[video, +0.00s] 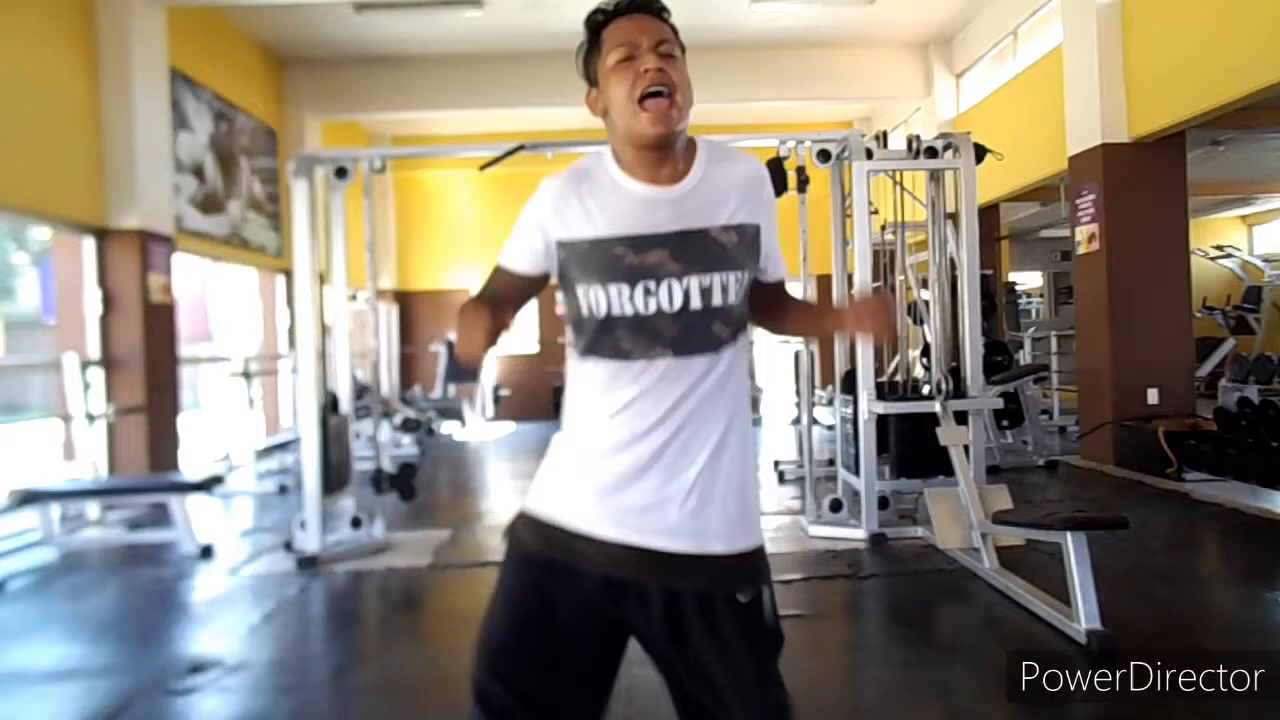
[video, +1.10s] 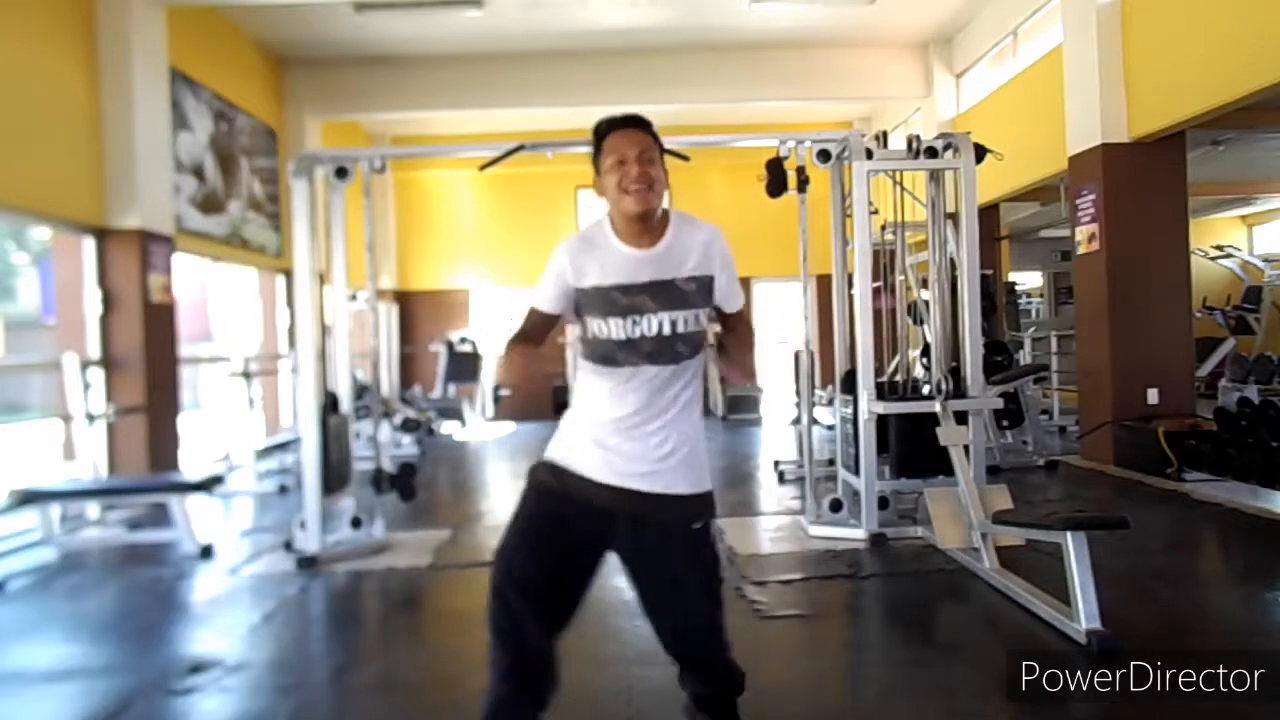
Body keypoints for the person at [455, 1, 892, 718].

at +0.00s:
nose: (654, 64)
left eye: (666, 51)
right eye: (626, 58)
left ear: (690, 81)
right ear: (596, 100)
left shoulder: (742, 179)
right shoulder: (563, 198)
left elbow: (763, 300)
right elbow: (492, 303)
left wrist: (840, 318)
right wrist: (475, 338)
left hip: (710, 540)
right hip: (573, 528)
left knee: (751, 712)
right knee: (511, 704)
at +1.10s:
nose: (637, 172)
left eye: (647, 159)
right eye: (620, 164)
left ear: (666, 169)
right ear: (599, 184)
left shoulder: (705, 243)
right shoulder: (578, 253)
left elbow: (734, 321)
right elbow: (533, 334)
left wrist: (739, 364)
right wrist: (517, 362)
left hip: (672, 481)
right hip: (578, 469)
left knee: (700, 647)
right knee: (516, 601)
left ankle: (717, 706)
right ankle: (516, 707)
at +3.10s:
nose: (637, 172)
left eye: (649, 163)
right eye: (624, 163)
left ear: (664, 178)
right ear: (606, 179)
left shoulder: (688, 246)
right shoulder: (575, 249)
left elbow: (711, 331)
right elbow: (541, 326)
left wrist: (742, 295)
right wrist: (528, 313)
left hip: (676, 452)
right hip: (589, 445)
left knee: (696, 604)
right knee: (518, 581)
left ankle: (731, 676)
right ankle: (522, 682)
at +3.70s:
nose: (635, 175)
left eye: (647, 165)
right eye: (623, 169)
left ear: (668, 179)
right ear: (608, 187)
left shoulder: (692, 256)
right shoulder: (579, 249)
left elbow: (725, 338)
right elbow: (527, 329)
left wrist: (767, 396)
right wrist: (509, 408)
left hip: (681, 453)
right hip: (591, 458)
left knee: (735, 582)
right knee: (573, 599)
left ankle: (747, 698)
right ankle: (540, 702)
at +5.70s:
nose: (665, 148)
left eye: (678, 134)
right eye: (648, 137)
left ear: (699, 148)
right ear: (626, 158)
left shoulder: (736, 229)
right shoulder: (596, 242)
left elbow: (755, 324)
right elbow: (547, 331)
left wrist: (772, 318)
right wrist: (489, 336)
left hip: (724, 496)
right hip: (610, 498)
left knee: (767, 690)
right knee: (568, 690)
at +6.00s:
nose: (666, 156)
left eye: (676, 141)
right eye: (646, 147)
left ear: (696, 152)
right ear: (623, 169)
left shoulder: (735, 239)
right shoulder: (594, 243)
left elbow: (776, 327)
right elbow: (535, 329)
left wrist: (799, 379)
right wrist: (474, 393)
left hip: (715, 496)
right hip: (603, 498)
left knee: (786, 671)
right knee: (561, 686)